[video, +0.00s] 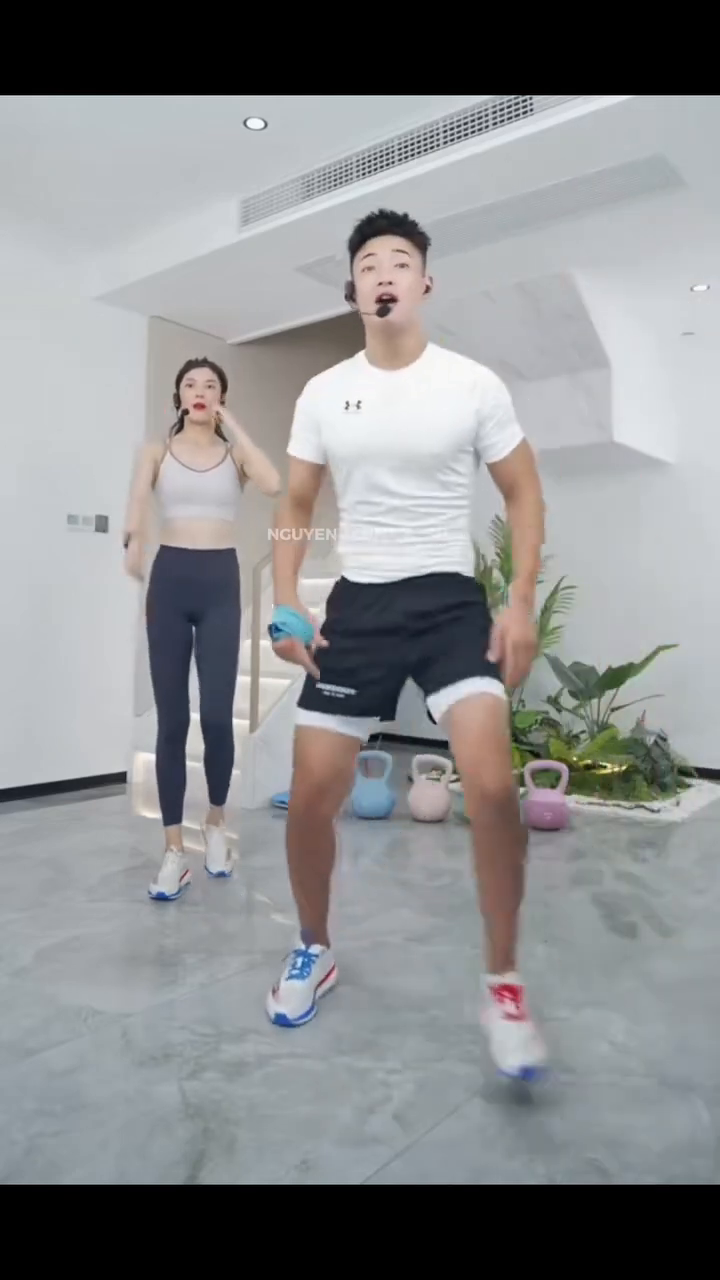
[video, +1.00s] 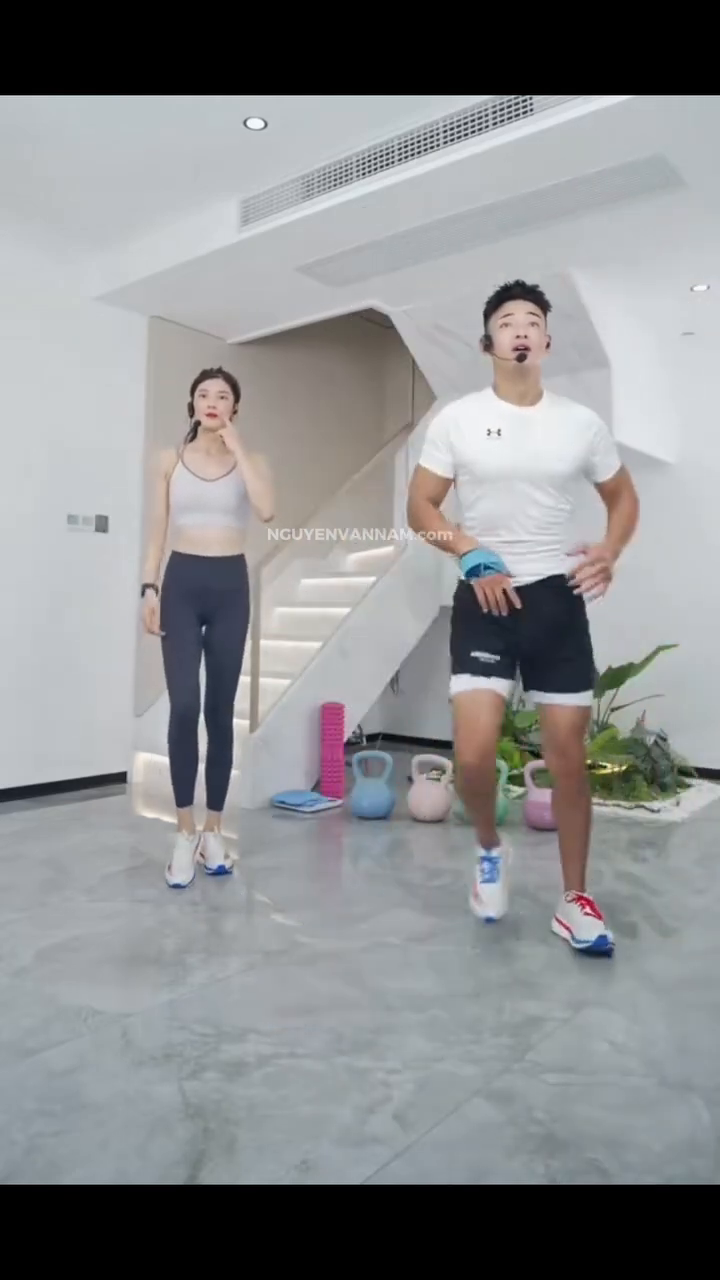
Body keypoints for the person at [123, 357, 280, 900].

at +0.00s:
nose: (200, 393)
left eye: (209, 387)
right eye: (192, 385)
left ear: (222, 400)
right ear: (178, 396)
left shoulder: (234, 451)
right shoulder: (157, 451)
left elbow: (271, 482)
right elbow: (138, 505)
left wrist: (233, 427)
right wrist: (133, 547)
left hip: (221, 580)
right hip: (167, 579)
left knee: (216, 716)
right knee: (172, 719)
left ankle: (216, 825)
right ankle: (173, 846)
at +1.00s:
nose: (212, 403)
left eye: (222, 397)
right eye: (205, 395)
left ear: (235, 407)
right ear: (192, 404)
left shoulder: (249, 461)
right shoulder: (170, 460)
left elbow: (265, 508)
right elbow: (158, 531)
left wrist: (236, 447)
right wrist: (151, 589)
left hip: (231, 585)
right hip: (180, 583)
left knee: (219, 712)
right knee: (184, 708)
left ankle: (213, 829)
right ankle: (185, 829)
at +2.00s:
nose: (142, 397)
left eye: (151, 391)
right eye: (133, 390)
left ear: (163, 402)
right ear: (119, 400)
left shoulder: (182, 462)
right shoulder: (95, 457)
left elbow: (201, 539)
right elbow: (77, 529)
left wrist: (189, 490)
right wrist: (62, 599)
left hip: (152, 589)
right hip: (98, 585)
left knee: (140, 716)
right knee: (86, 715)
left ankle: (122, 819)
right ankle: (78, 836)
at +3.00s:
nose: (226, 404)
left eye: (235, 397)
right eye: (218, 397)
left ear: (249, 407)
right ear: (205, 405)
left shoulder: (269, 462)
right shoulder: (187, 465)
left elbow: (292, 532)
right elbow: (183, 540)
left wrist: (268, 569)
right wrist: (171, 603)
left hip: (254, 593)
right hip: (202, 593)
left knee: (263, 715)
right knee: (157, 709)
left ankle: (272, 829)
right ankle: (158, 814)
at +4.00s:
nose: (219, 410)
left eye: (227, 403)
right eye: (210, 403)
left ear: (239, 412)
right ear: (196, 411)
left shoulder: (260, 470)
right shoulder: (177, 467)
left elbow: (280, 536)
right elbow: (163, 538)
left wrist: (283, 599)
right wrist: (155, 606)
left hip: (245, 597)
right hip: (189, 596)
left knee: (266, 715)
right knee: (155, 719)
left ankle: (296, 825)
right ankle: (113, 833)